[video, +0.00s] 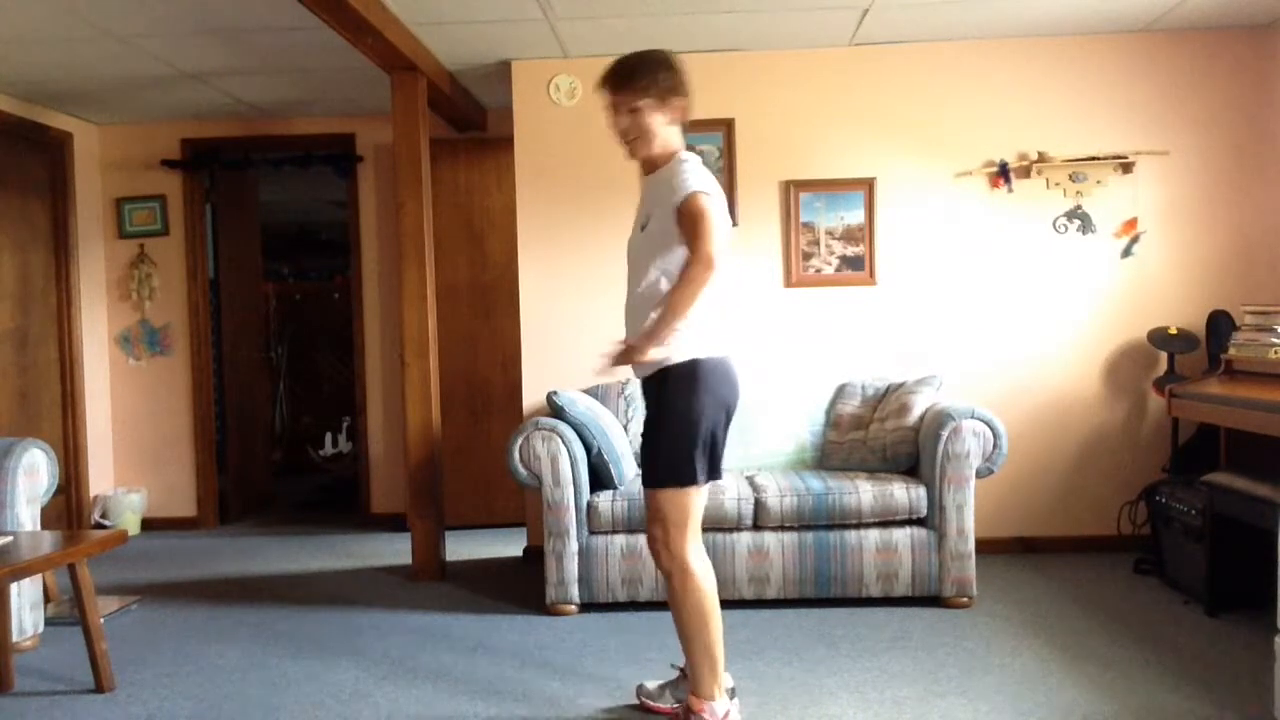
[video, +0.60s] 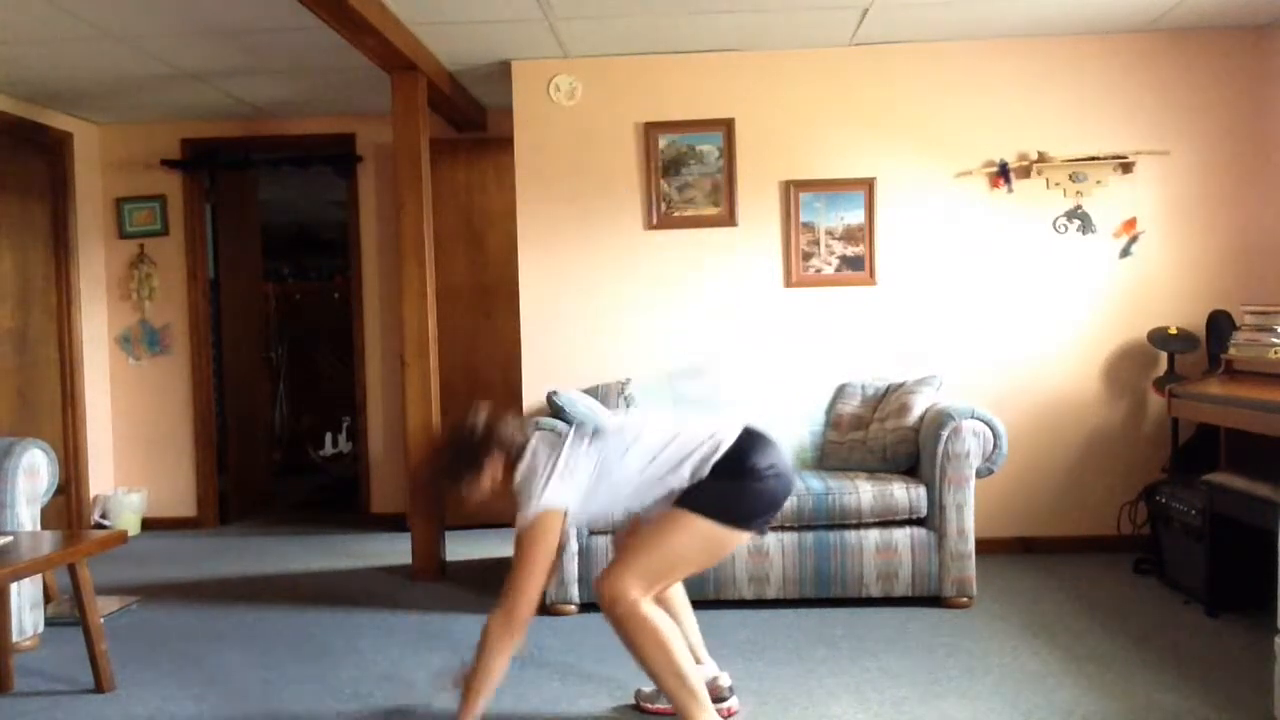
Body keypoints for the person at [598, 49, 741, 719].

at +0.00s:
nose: (625, 127)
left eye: (637, 111)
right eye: (617, 116)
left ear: (676, 109)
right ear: (614, 119)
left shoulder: (686, 174)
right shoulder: (660, 182)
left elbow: (707, 255)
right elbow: (671, 273)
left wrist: (653, 334)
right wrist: (640, 342)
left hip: (691, 374)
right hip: (676, 374)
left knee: (674, 543)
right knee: (669, 541)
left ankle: (711, 696)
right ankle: (703, 679)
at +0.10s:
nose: (576, 158)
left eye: (579, 142)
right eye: (571, 145)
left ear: (618, 125)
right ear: (621, 128)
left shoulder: (657, 184)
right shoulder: (663, 181)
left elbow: (637, 279)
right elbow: (640, 284)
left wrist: (579, 361)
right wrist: (577, 361)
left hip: (701, 376)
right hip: (707, 373)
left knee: (665, 541)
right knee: (681, 540)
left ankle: (707, 693)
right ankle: (708, 676)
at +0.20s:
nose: (544, 191)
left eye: (547, 174)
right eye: (539, 179)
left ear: (587, 154)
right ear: (591, 157)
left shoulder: (630, 205)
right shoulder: (639, 198)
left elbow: (597, 312)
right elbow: (597, 311)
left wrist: (542, 404)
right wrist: (545, 402)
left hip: (715, 385)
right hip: (719, 381)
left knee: (666, 547)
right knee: (676, 544)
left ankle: (708, 700)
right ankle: (707, 677)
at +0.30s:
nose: (523, 241)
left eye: (525, 226)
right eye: (518, 229)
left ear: (556, 210)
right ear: (559, 210)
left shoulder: (601, 252)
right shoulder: (607, 245)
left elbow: (569, 364)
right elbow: (579, 364)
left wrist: (521, 451)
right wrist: (534, 441)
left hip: (734, 399)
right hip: (735, 397)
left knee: (668, 556)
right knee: (678, 550)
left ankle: (713, 703)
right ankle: (706, 678)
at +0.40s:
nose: (486, 348)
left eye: (487, 333)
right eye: (480, 336)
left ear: (521, 314)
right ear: (524, 311)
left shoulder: (566, 354)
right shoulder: (581, 341)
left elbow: (536, 479)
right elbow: (551, 473)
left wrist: (479, 585)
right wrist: (512, 539)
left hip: (750, 428)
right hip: (760, 420)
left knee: (646, 572)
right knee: (672, 557)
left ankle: (705, 711)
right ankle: (709, 684)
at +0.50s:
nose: (477, 415)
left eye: (477, 401)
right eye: (471, 404)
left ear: (507, 382)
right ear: (510, 377)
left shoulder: (557, 415)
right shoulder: (564, 392)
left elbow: (523, 543)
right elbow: (535, 532)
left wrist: (469, 650)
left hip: (754, 443)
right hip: (754, 434)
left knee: (639, 578)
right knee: (658, 555)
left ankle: (706, 714)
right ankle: (707, 683)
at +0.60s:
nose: (467, 497)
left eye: (467, 484)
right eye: (461, 486)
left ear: (492, 464)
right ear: (498, 452)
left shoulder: (546, 479)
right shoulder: (545, 443)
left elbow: (511, 620)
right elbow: (519, 597)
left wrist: (470, 710)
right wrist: (488, 662)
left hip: (745, 471)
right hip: (744, 455)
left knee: (620, 590)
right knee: (638, 546)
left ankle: (700, 712)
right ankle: (705, 679)